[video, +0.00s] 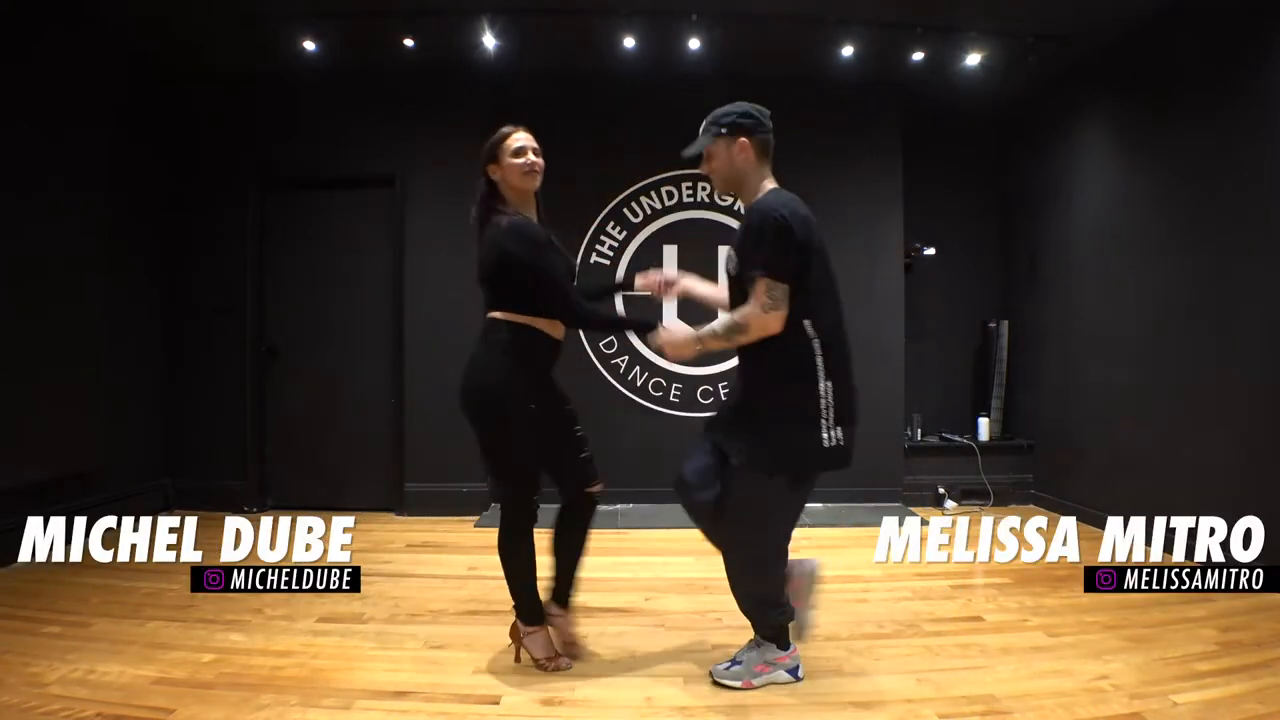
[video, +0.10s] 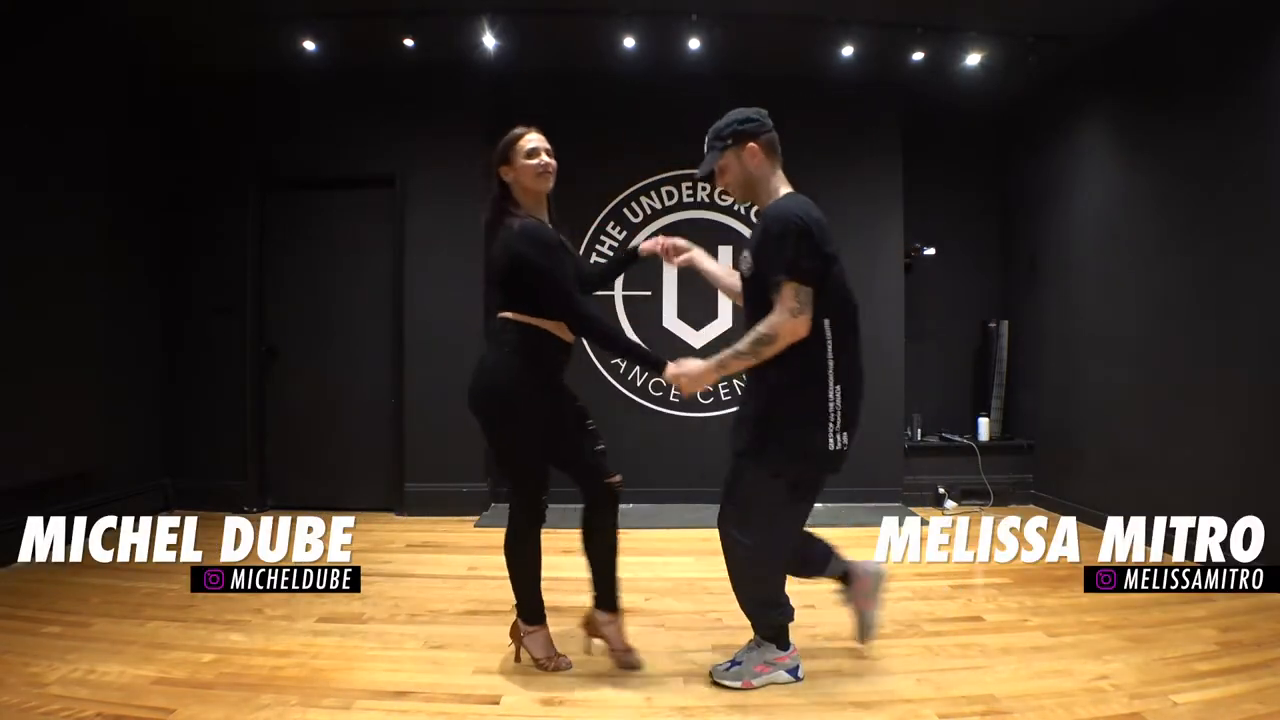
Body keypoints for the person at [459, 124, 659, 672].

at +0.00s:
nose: (532, 159)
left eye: (536, 152)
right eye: (518, 153)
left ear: (542, 166)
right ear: (494, 172)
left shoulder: (535, 229)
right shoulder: (510, 233)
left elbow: (572, 292)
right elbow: (572, 313)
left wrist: (630, 282)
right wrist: (645, 326)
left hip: (532, 374)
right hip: (502, 374)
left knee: (582, 488)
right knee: (519, 499)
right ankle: (529, 624)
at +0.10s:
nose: (545, 160)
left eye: (548, 153)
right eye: (531, 154)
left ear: (554, 167)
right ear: (506, 173)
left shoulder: (542, 232)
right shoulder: (524, 236)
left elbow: (584, 280)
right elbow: (584, 318)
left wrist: (632, 255)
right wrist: (658, 364)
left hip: (534, 380)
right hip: (516, 382)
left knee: (604, 488)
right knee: (527, 501)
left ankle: (607, 612)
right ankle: (530, 623)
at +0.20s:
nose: (565, 163)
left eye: (565, 155)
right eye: (551, 156)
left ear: (564, 167)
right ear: (522, 172)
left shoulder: (558, 233)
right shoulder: (534, 236)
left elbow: (598, 283)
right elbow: (587, 318)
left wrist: (646, 246)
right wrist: (663, 364)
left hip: (550, 381)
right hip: (523, 382)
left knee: (613, 488)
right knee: (545, 497)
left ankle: (625, 618)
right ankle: (532, 623)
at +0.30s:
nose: (585, 167)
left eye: (583, 159)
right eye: (574, 160)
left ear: (565, 174)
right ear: (542, 172)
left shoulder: (575, 237)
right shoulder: (545, 237)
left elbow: (618, 291)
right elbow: (585, 299)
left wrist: (672, 274)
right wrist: (675, 308)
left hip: (570, 384)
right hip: (541, 387)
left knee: (616, 498)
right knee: (582, 502)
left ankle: (621, 623)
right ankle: (536, 619)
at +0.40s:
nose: (591, 171)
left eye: (588, 161)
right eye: (580, 162)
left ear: (563, 175)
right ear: (549, 175)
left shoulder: (575, 238)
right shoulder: (549, 239)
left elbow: (614, 308)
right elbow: (603, 297)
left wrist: (681, 289)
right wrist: (677, 284)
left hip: (579, 383)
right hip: (551, 386)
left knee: (616, 498)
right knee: (608, 498)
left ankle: (618, 623)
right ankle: (545, 615)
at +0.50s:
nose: (591, 174)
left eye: (587, 166)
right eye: (580, 166)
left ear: (561, 177)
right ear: (549, 176)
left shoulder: (569, 241)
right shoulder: (546, 237)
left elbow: (602, 333)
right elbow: (614, 280)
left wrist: (668, 356)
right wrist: (690, 243)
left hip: (581, 386)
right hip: (553, 389)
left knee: (622, 504)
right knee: (619, 503)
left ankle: (619, 623)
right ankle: (546, 608)